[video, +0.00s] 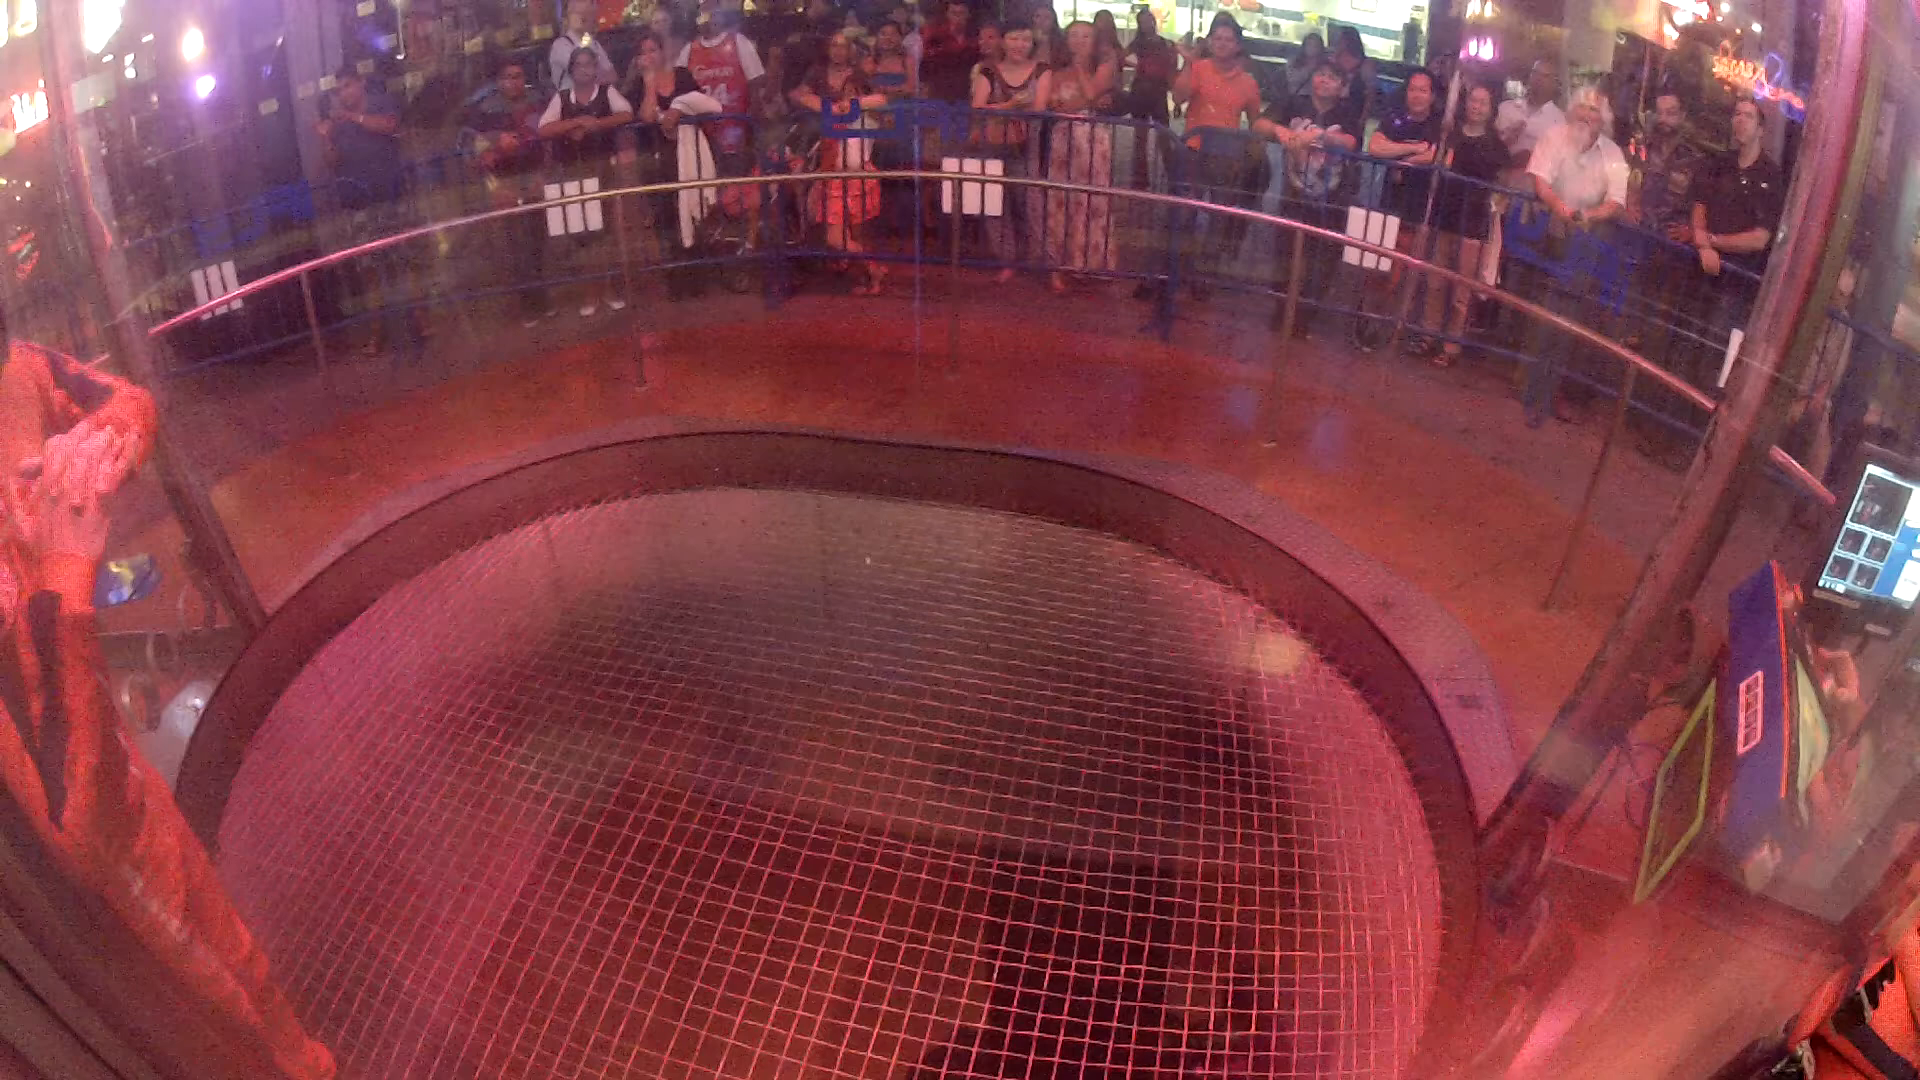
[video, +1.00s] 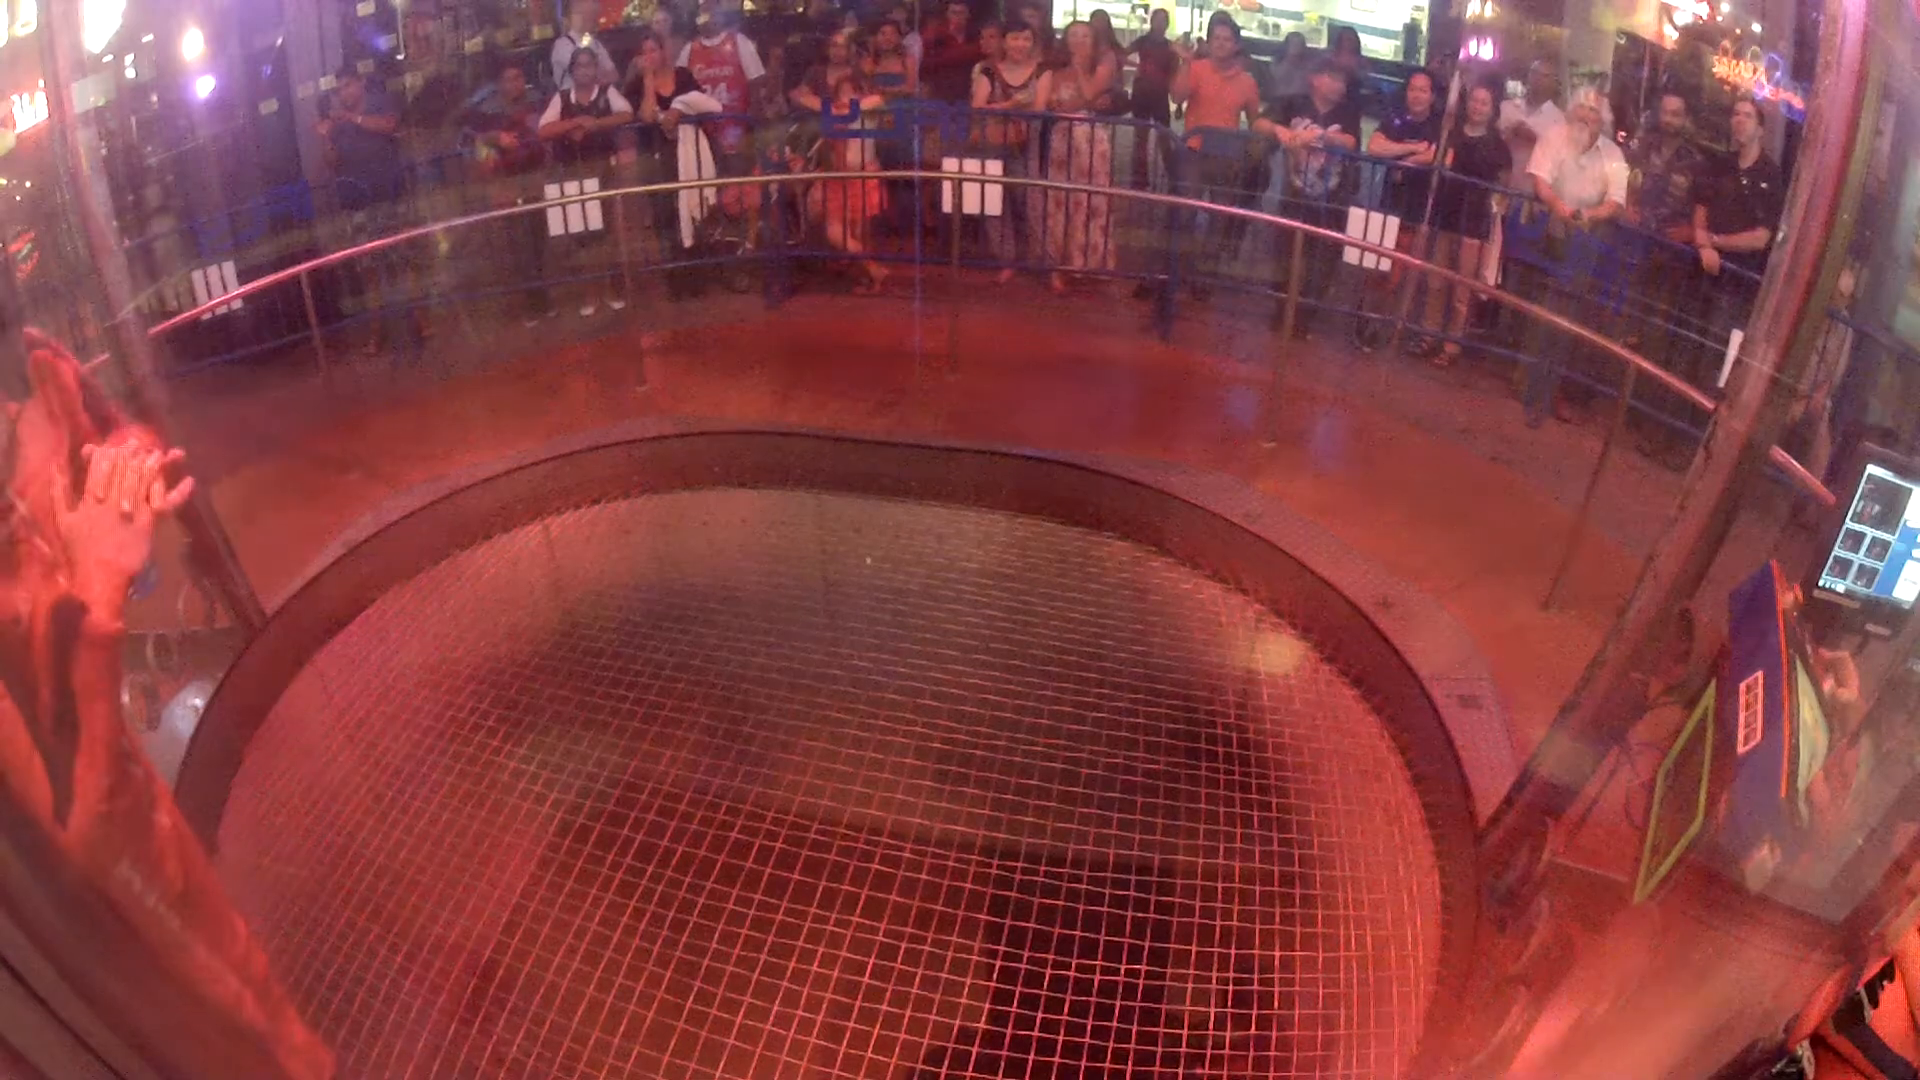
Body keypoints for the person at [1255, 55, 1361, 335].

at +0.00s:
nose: (1323, 81)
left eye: (1331, 78)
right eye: (1320, 75)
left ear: (1342, 89)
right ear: (1311, 80)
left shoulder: (1347, 115)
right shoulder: (1295, 105)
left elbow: (1352, 143)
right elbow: (1259, 124)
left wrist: (1320, 135)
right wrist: (1280, 131)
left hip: (1330, 202)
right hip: (1294, 196)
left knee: (1322, 262)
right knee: (1286, 253)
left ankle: (1306, 316)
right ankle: (1281, 309)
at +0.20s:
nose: (1323, 81)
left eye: (1330, 78)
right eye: (1319, 74)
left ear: (1341, 88)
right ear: (1310, 79)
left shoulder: (1348, 112)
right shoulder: (1295, 104)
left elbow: (1351, 143)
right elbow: (1259, 124)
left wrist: (1321, 136)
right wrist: (1282, 133)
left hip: (1331, 201)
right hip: (1295, 195)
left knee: (1322, 260)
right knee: (1286, 251)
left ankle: (1306, 316)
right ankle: (1281, 307)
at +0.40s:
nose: (1322, 81)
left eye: (1330, 78)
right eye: (1319, 75)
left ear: (1341, 88)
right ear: (1309, 80)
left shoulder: (1349, 111)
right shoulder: (1295, 104)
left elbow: (1351, 143)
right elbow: (1259, 124)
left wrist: (1320, 135)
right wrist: (1281, 132)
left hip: (1331, 200)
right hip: (1294, 194)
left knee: (1322, 261)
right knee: (1286, 252)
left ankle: (1306, 316)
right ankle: (1281, 308)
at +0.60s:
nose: (1323, 81)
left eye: (1330, 78)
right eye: (1320, 75)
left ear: (1342, 89)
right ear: (1311, 80)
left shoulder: (1349, 112)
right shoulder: (1294, 104)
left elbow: (1351, 143)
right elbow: (1259, 124)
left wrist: (1320, 137)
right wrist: (1282, 133)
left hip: (1331, 201)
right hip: (1294, 195)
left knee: (1322, 262)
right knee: (1287, 253)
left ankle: (1306, 317)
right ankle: (1281, 309)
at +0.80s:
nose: (1324, 81)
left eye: (1331, 78)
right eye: (1320, 75)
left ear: (1342, 89)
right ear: (1312, 79)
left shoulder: (1348, 111)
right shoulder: (1294, 103)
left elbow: (1351, 143)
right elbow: (1259, 124)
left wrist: (1321, 136)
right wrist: (1282, 132)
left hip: (1331, 201)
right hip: (1295, 194)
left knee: (1322, 261)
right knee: (1287, 252)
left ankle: (1306, 317)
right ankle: (1281, 308)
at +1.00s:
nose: (1341, 88)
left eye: (1343, 83)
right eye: (1335, 81)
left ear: (1346, 87)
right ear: (1316, 80)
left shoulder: (1348, 112)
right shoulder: (1293, 104)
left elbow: (1352, 143)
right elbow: (1258, 123)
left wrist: (1321, 136)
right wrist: (1282, 132)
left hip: (1331, 202)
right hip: (1295, 196)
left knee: (1323, 262)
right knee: (1287, 254)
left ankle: (1306, 317)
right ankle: (1281, 310)